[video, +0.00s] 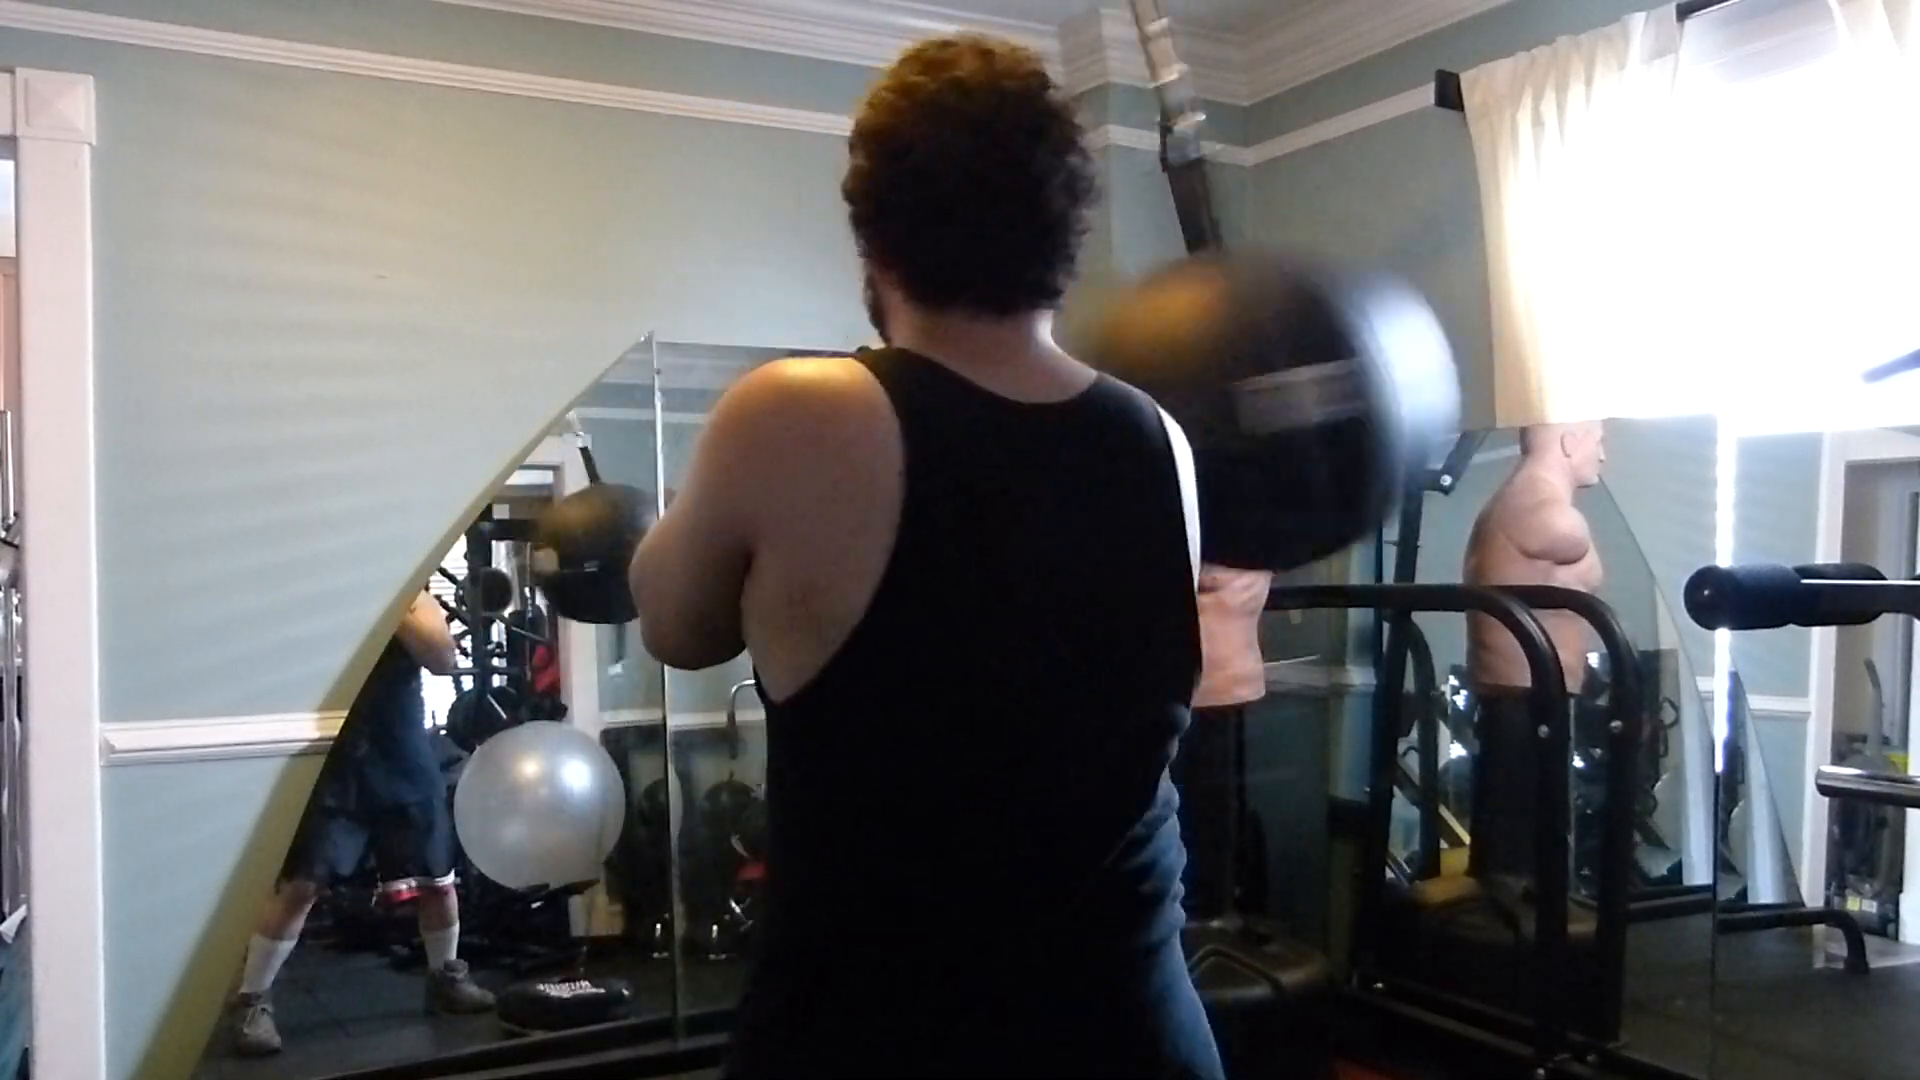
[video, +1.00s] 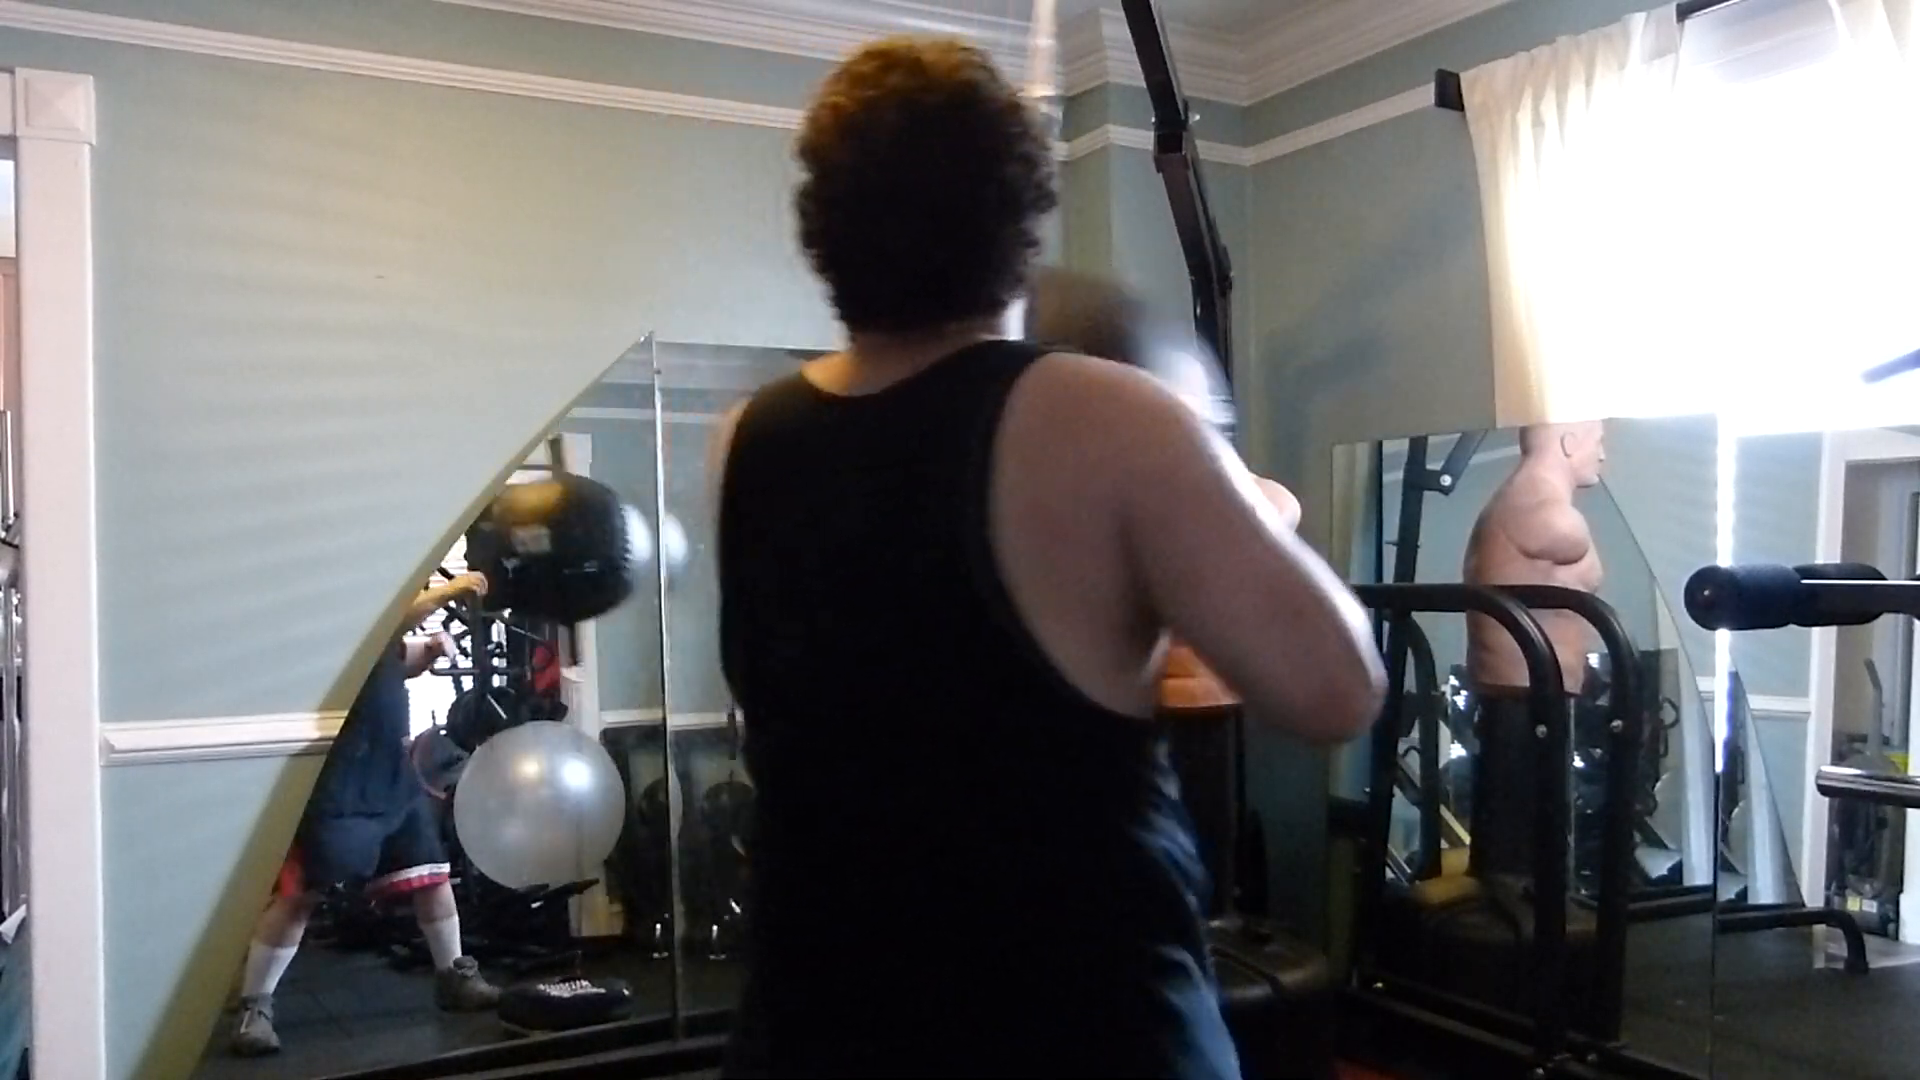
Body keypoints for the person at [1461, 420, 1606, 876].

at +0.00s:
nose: (1603, 454)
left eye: (1602, 440)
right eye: (1597, 439)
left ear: (1555, 441)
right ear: (1567, 441)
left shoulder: (1508, 501)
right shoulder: (1540, 499)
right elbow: (1593, 575)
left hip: (1505, 689)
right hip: (1530, 693)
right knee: (1529, 800)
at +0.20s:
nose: (1603, 454)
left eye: (1603, 439)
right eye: (1598, 437)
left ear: (1556, 440)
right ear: (1566, 441)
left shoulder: (1513, 496)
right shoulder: (1539, 496)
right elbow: (1592, 573)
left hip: (1507, 687)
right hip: (1529, 691)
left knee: (1509, 790)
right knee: (1529, 796)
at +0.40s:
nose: (1603, 454)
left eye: (1603, 440)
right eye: (1598, 438)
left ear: (1556, 441)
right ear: (1566, 441)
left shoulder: (1512, 498)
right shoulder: (1540, 499)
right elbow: (1592, 574)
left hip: (1509, 690)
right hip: (1530, 694)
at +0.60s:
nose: (1603, 453)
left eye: (1603, 438)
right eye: (1595, 436)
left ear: (1561, 439)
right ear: (1560, 435)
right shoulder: (1534, 502)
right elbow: (1564, 542)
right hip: (1525, 685)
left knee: (1517, 778)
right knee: (1522, 780)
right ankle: (1513, 880)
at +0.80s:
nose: (1603, 455)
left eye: (1602, 441)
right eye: (1597, 439)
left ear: (1557, 441)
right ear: (1567, 441)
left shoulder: (1516, 496)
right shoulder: (1539, 497)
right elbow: (1592, 575)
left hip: (1511, 688)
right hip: (1528, 692)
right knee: (1528, 801)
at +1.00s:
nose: (1602, 454)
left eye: (1602, 440)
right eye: (1597, 439)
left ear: (1555, 440)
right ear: (1567, 440)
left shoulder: (1514, 499)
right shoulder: (1540, 503)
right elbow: (1593, 575)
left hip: (1512, 696)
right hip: (1529, 700)